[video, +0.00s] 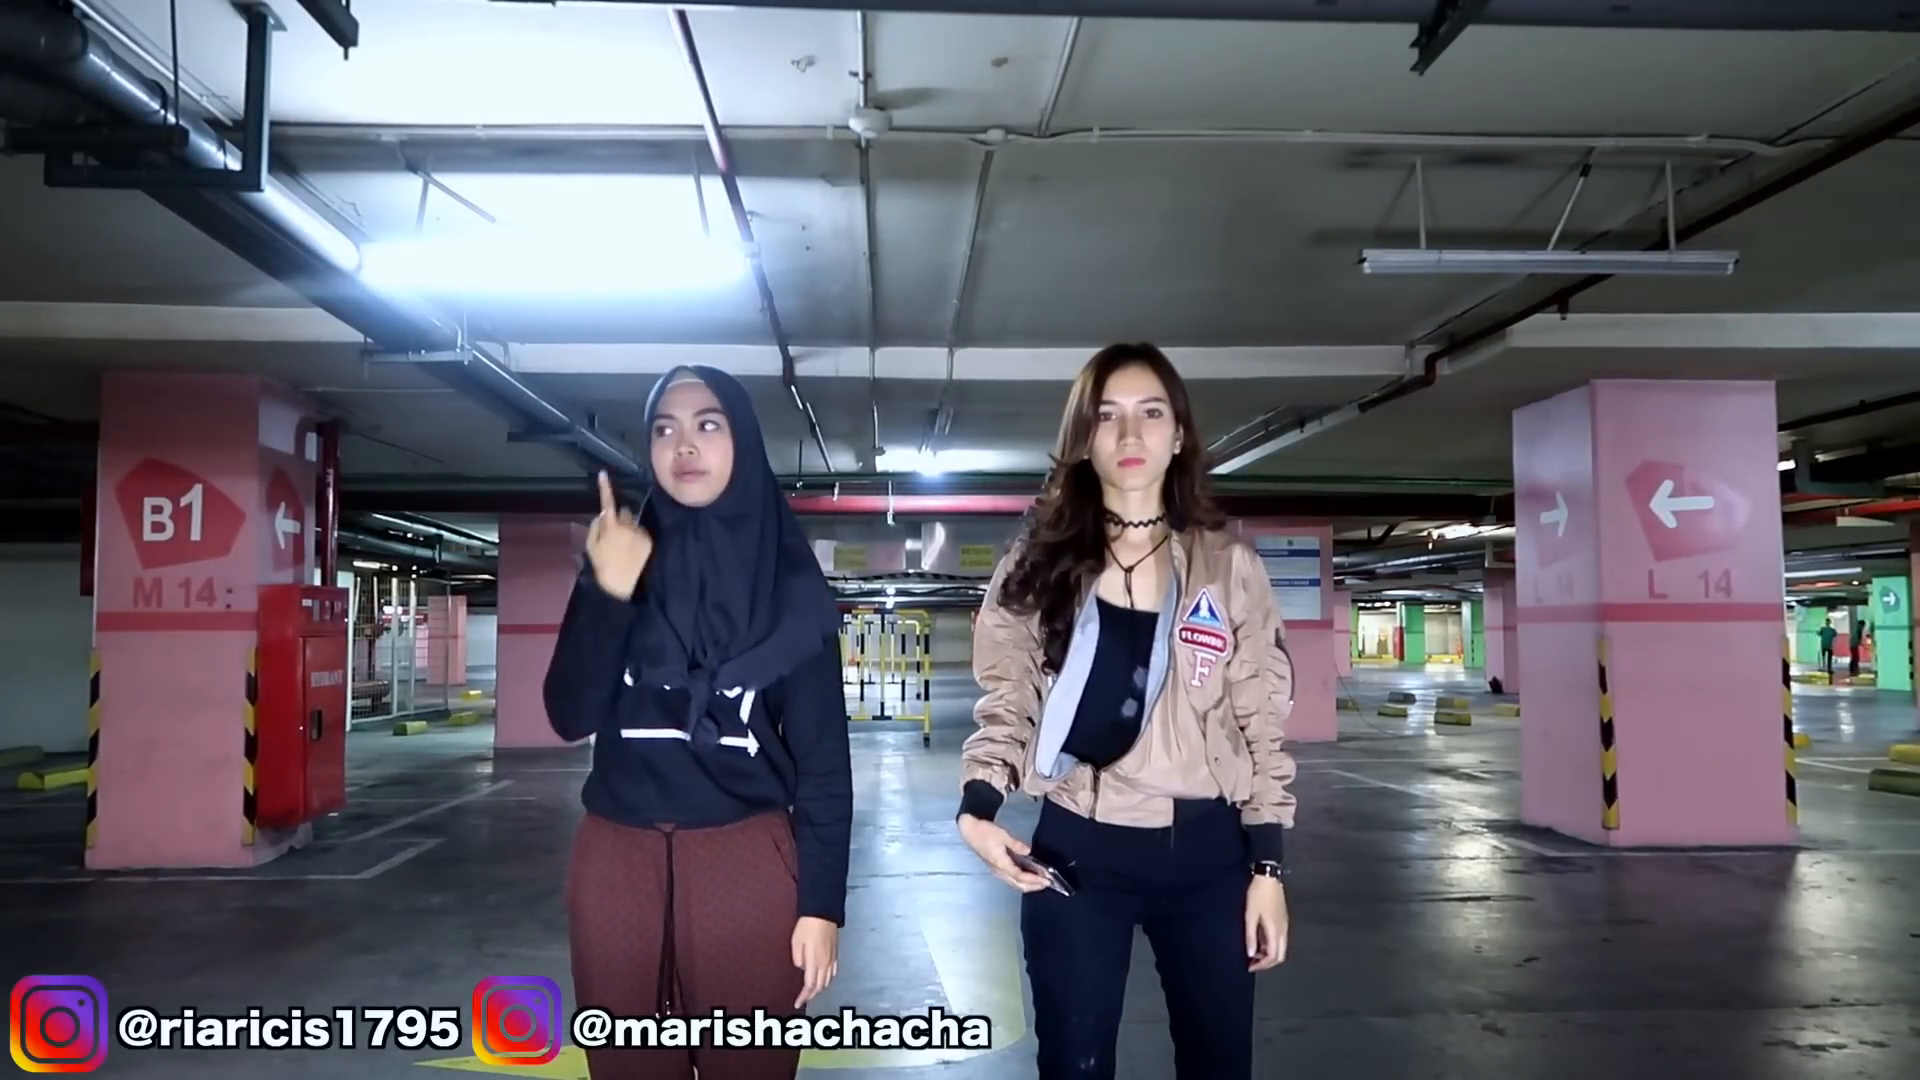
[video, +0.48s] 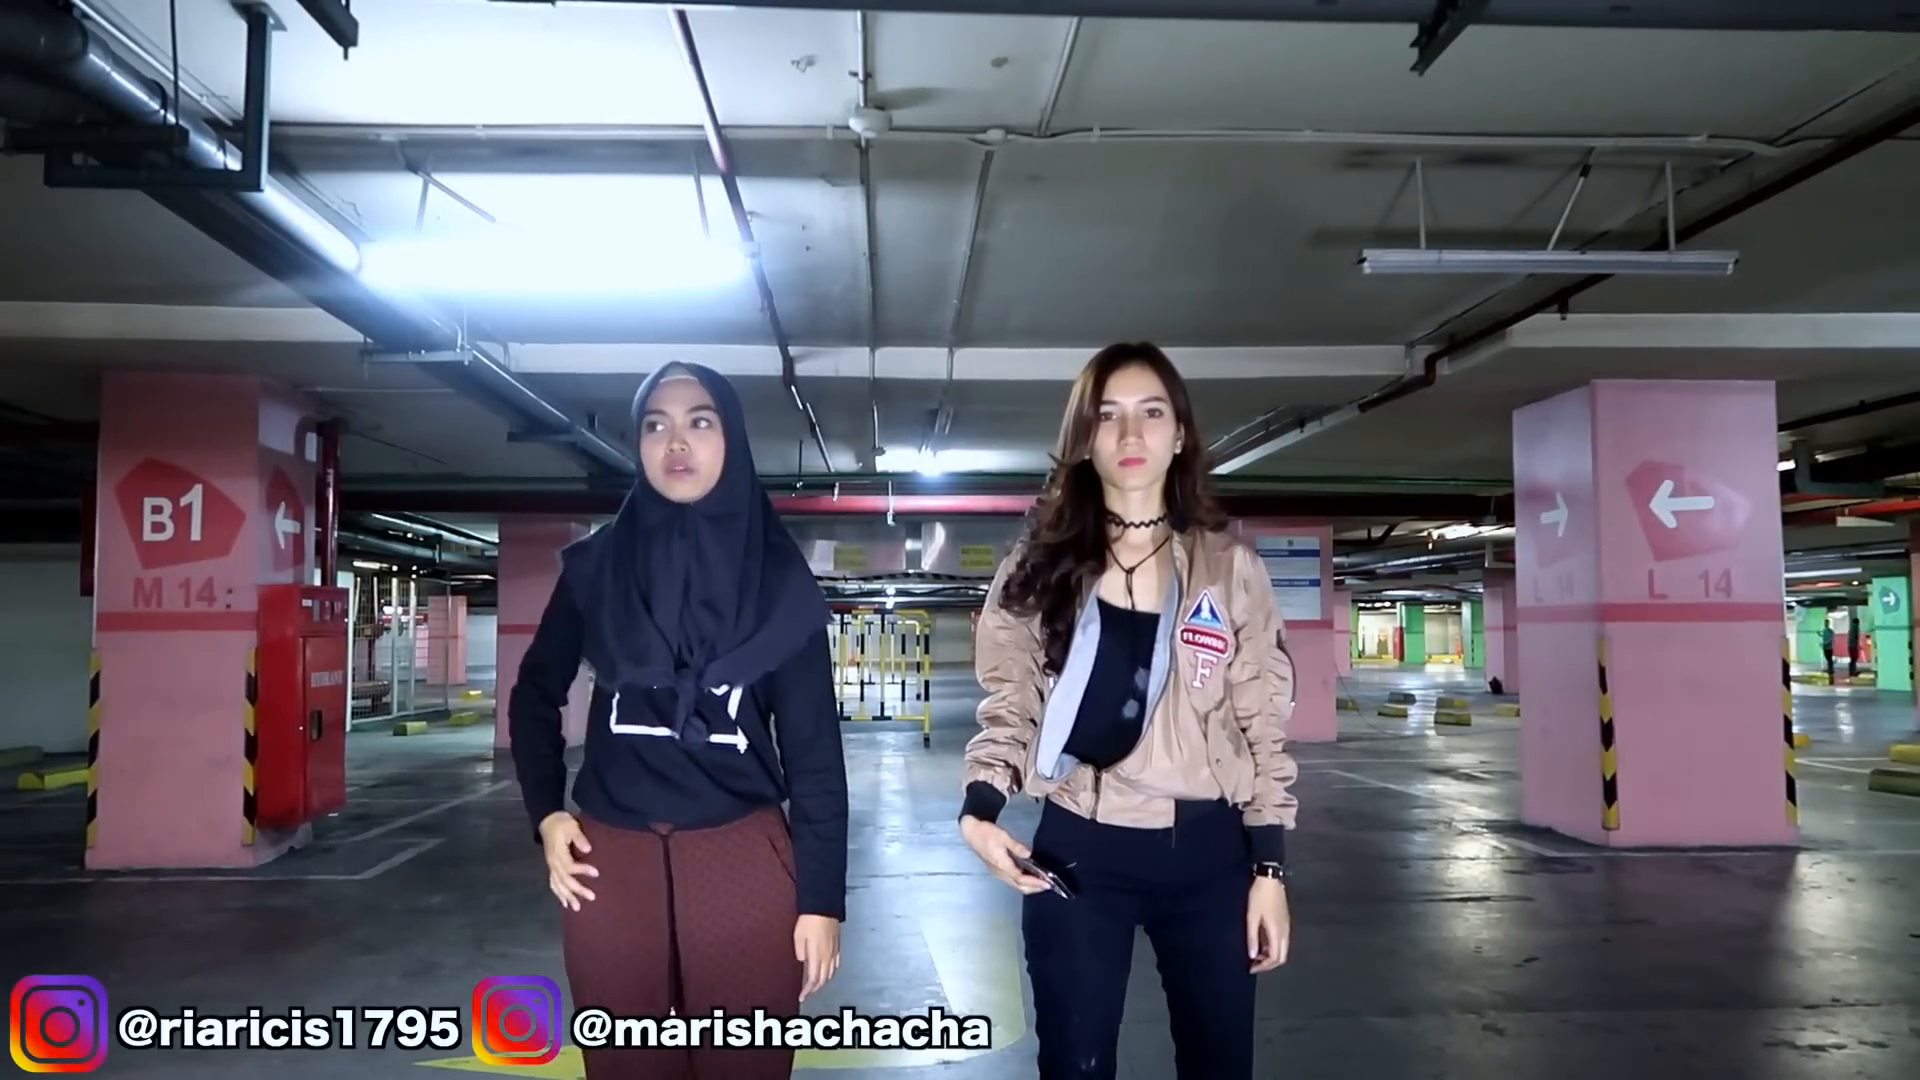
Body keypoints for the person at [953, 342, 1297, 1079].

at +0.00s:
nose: (1130, 432)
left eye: (1151, 412)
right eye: (1109, 415)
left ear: (1179, 431)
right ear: (1084, 438)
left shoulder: (1229, 563)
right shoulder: (1035, 561)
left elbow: (1260, 718)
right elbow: (1005, 699)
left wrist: (1267, 863)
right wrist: (975, 809)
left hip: (1204, 853)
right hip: (1075, 854)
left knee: (1220, 1067)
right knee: (1075, 1070)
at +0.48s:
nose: (1130, 432)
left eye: (1151, 412)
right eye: (1109, 416)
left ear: (1180, 431)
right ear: (1085, 438)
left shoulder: (1231, 565)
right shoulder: (1036, 563)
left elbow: (1261, 721)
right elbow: (1007, 704)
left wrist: (1268, 865)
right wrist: (977, 810)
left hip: (1206, 854)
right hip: (1077, 853)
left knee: (1220, 1067)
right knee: (1075, 1069)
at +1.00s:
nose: (1135, 431)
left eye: (1156, 411)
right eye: (1114, 414)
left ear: (1185, 431)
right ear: (1090, 437)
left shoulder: (1237, 567)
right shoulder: (1040, 564)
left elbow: (1266, 722)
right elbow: (1012, 703)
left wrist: (1274, 864)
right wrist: (982, 810)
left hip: (1210, 853)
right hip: (1081, 852)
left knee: (1223, 1067)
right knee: (1077, 1069)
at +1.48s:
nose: (1150, 489)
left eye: (1176, 465)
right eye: (1149, 470)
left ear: (1242, 485)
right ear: (1140, 485)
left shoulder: (1299, 645)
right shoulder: (1100, 598)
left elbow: (1376, 779)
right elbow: (1008, 689)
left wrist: (1307, 815)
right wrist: (992, 774)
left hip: (1233, 895)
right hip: (1105, 882)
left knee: (1270, 1070)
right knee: (1053, 1052)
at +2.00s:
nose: (1146, 437)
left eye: (1171, 423)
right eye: (1126, 422)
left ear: (1203, 455)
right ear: (1099, 452)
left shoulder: (1242, 583)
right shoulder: (1058, 558)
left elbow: (1358, 715)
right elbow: (944, 610)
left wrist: (1265, 639)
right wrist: (917, 686)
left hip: (1161, 870)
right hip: (1037, 852)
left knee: (1157, 1070)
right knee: (961, 1060)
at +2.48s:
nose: (1096, 451)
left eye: (1114, 430)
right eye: (1073, 433)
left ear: (1139, 450)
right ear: (1043, 456)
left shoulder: (1211, 557)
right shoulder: (1024, 606)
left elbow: (1299, 628)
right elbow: (986, 795)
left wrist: (1381, 705)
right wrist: (1013, 760)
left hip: (1255, 852)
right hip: (1134, 875)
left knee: (1345, 1058)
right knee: (1114, 1071)